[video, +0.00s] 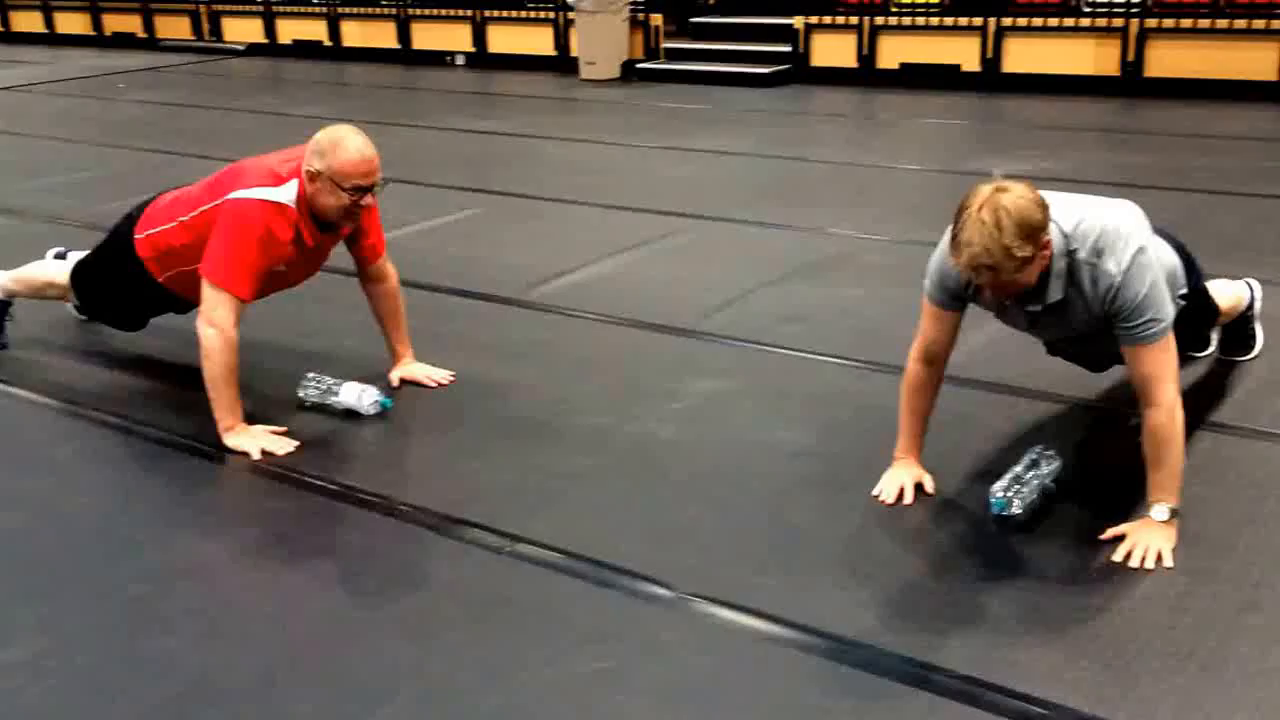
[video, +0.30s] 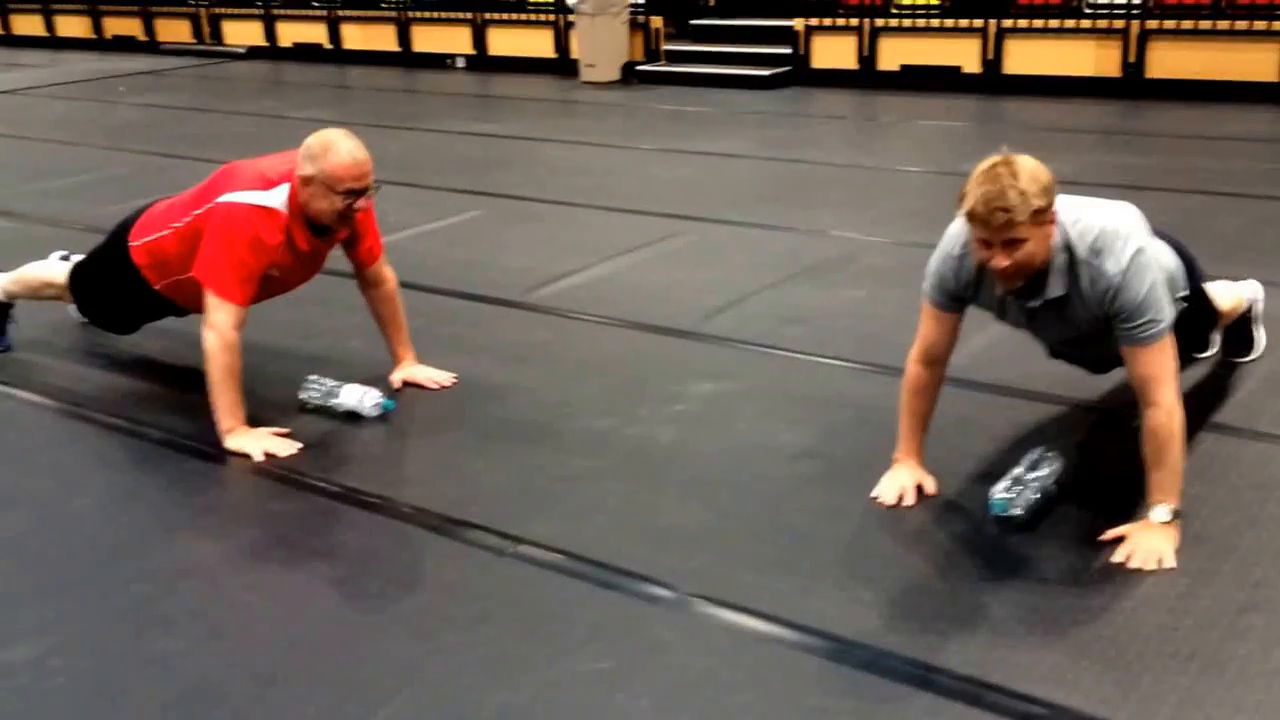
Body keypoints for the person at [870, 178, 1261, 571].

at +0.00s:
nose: (990, 293)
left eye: (1002, 282)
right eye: (980, 280)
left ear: (1041, 254)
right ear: (967, 255)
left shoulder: (1125, 266)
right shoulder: (957, 258)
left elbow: (1161, 400)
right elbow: (926, 357)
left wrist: (1160, 514)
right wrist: (906, 457)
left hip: (1154, 299)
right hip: (1070, 331)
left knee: (1194, 322)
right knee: (1111, 358)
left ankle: (1240, 297)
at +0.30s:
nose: (997, 262)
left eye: (1013, 246)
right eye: (985, 247)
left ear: (1048, 224)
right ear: (971, 235)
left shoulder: (1124, 262)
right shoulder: (960, 250)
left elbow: (1160, 400)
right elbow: (926, 360)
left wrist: (1161, 518)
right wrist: (907, 459)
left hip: (1151, 299)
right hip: (1068, 326)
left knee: (1195, 328)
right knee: (1110, 354)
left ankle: (1242, 300)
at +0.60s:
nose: (1007, 250)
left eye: (1022, 231)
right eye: (991, 234)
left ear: (1054, 214)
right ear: (974, 225)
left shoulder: (1124, 265)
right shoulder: (960, 252)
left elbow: (1161, 403)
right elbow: (927, 361)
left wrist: (1163, 517)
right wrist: (907, 461)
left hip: (1156, 303)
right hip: (1070, 330)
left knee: (1198, 324)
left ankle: (1243, 302)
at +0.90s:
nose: (1009, 252)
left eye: (1023, 233)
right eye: (992, 236)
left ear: (1055, 216)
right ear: (975, 228)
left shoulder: (1124, 266)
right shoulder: (961, 254)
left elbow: (1162, 404)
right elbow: (927, 363)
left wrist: (1164, 519)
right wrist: (907, 462)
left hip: (1157, 305)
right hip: (1071, 332)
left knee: (1199, 327)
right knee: (1120, 355)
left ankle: (1244, 303)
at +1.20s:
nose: (1011, 253)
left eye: (1024, 233)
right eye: (993, 237)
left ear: (1056, 216)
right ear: (976, 229)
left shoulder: (1125, 267)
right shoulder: (961, 256)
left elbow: (1162, 406)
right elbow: (926, 364)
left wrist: (1164, 521)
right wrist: (907, 464)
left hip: (1159, 309)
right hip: (1071, 335)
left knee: (1201, 330)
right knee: (1119, 358)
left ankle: (1245, 304)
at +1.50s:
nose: (1001, 283)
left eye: (1014, 268)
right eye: (990, 269)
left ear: (1049, 239)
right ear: (974, 247)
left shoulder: (1126, 270)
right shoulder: (958, 260)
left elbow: (1163, 407)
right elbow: (925, 366)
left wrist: (1164, 521)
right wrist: (907, 464)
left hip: (1156, 309)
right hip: (1071, 336)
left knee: (1201, 327)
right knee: (1120, 356)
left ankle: (1246, 304)